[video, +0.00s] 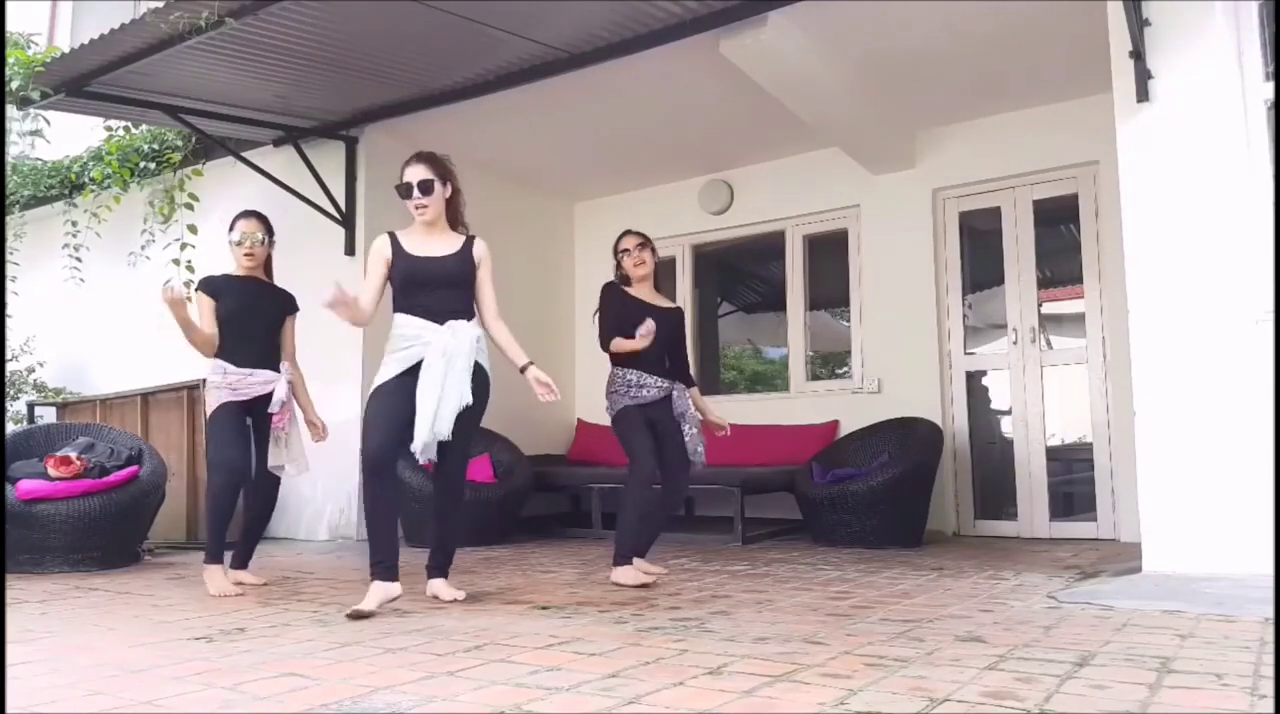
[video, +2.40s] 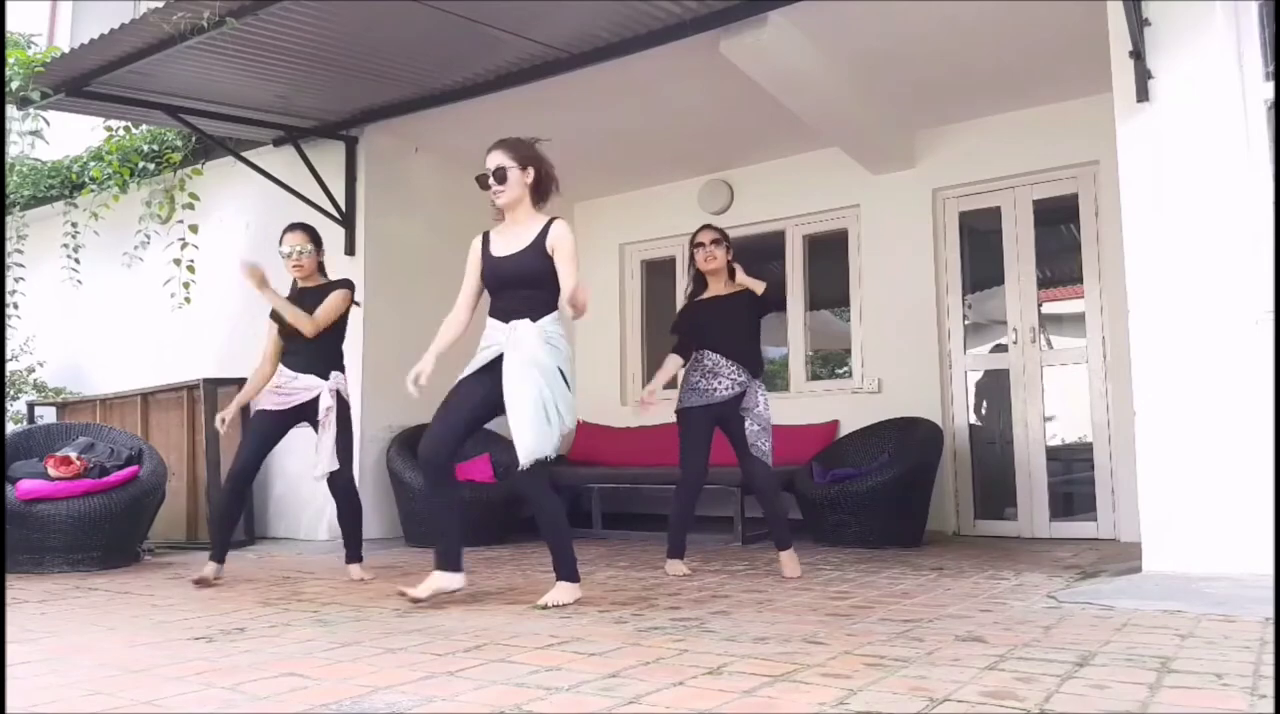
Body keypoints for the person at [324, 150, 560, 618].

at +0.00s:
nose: (416, 196)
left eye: (426, 186)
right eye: (407, 189)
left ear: (449, 188)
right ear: (401, 196)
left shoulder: (474, 247)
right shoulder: (387, 246)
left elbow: (492, 318)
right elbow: (364, 314)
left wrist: (528, 367)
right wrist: (346, 307)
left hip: (463, 365)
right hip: (405, 364)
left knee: (451, 466)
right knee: (376, 456)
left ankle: (438, 576)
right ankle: (384, 579)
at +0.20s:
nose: (421, 217)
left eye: (430, 208)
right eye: (412, 210)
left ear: (449, 211)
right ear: (404, 217)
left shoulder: (474, 263)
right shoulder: (391, 272)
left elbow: (495, 331)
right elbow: (378, 343)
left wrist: (518, 390)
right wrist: (356, 331)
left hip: (458, 381)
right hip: (405, 381)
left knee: (439, 476)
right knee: (342, 462)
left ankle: (435, 576)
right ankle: (373, 574)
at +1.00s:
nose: (408, 193)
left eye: (417, 183)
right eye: (401, 187)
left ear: (443, 185)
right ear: (399, 196)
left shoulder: (470, 240)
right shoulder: (398, 249)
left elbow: (490, 307)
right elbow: (379, 316)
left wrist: (518, 343)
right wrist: (333, 303)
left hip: (454, 364)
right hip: (405, 366)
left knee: (437, 465)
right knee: (346, 457)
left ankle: (453, 575)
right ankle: (376, 570)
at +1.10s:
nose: (399, 196)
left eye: (407, 186)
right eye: (395, 190)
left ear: (435, 187)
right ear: (402, 197)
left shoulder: (467, 238)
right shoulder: (400, 251)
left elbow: (484, 302)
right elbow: (367, 303)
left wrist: (502, 348)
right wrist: (355, 240)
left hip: (445, 363)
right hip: (398, 363)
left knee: (429, 467)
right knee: (353, 465)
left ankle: (451, 577)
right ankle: (384, 571)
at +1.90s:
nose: (415, 190)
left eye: (422, 181)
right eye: (413, 183)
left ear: (452, 180)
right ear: (442, 183)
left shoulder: (487, 243)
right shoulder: (405, 236)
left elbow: (506, 315)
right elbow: (372, 289)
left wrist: (530, 367)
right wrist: (352, 300)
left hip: (449, 362)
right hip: (393, 358)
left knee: (465, 468)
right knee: (389, 469)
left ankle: (487, 576)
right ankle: (379, 577)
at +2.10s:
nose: (451, 185)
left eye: (457, 176)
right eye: (449, 178)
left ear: (488, 174)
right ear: (472, 178)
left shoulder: (523, 230)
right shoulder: (448, 237)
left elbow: (540, 299)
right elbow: (444, 303)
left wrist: (557, 362)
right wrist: (412, 334)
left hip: (492, 356)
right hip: (441, 354)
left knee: (512, 467)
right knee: (396, 457)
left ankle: (560, 575)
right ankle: (379, 565)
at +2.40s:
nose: (492, 183)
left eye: (501, 173)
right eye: (487, 177)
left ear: (530, 175)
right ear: (486, 184)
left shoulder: (554, 232)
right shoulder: (483, 243)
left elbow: (572, 303)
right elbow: (462, 311)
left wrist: (578, 303)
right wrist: (431, 355)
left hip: (541, 360)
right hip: (494, 359)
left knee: (530, 471)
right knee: (434, 449)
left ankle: (568, 580)